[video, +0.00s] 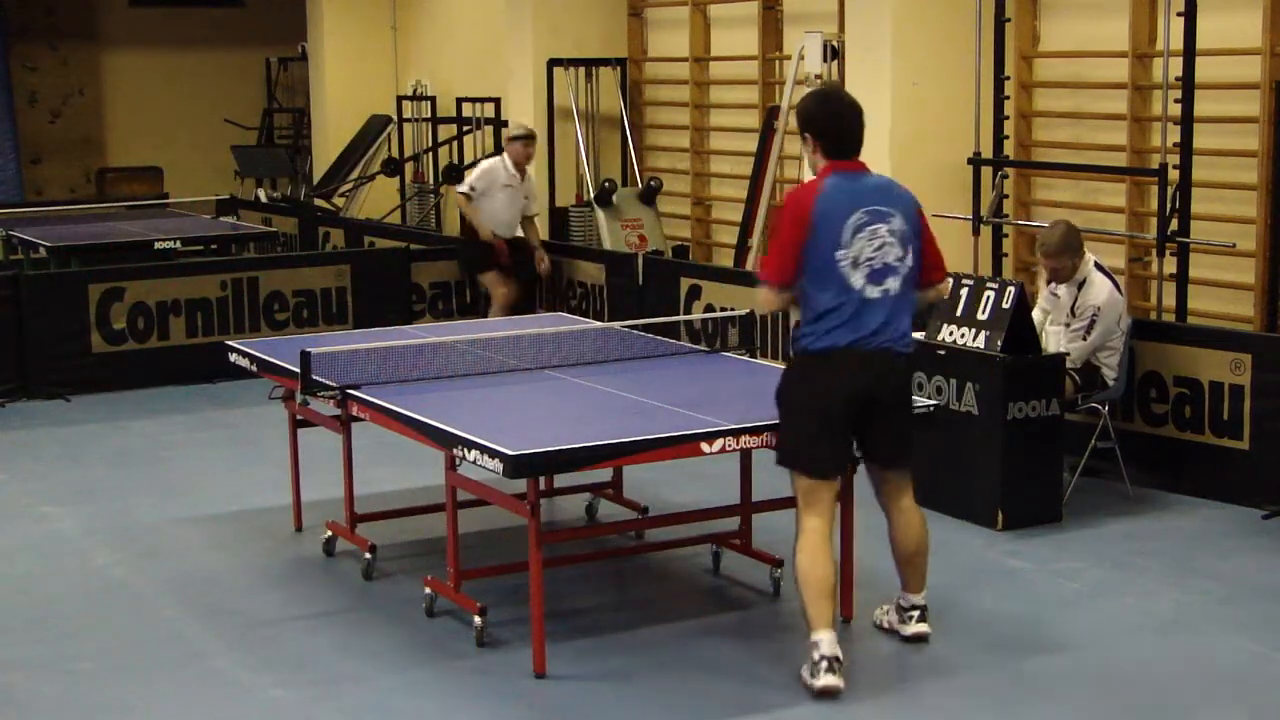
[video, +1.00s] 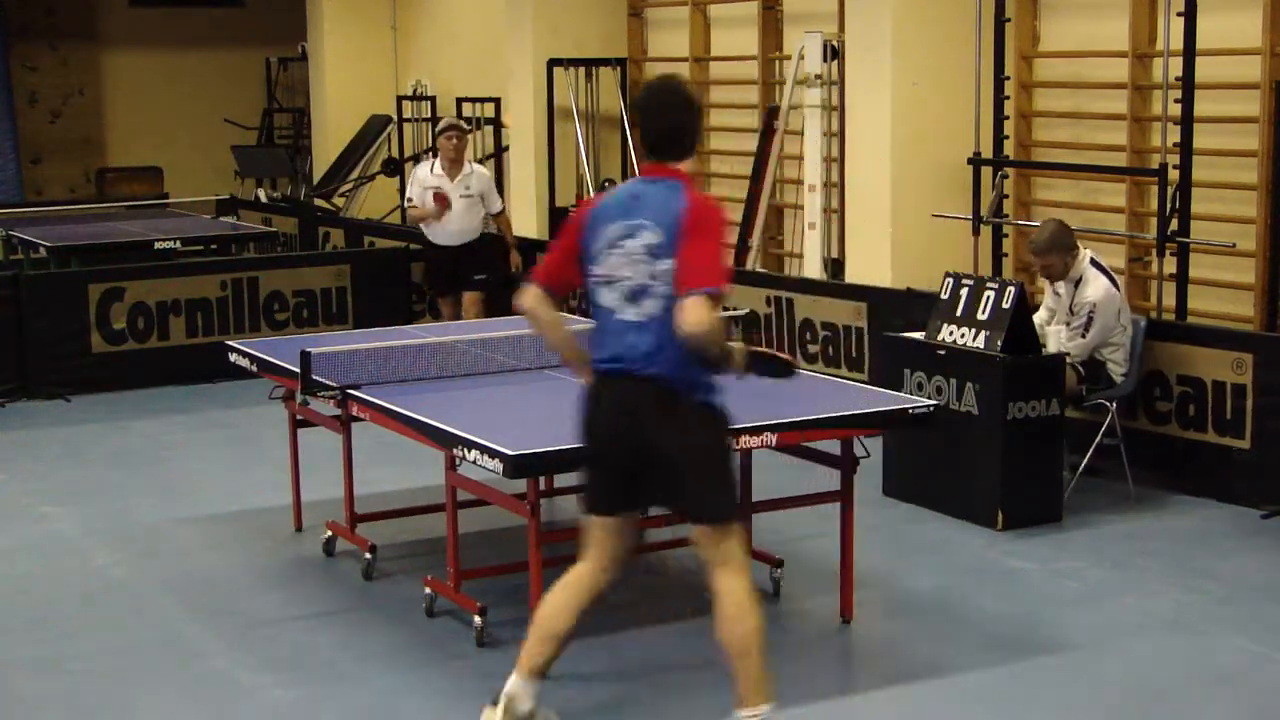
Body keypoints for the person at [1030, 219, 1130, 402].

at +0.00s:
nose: (1049, 275)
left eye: (1056, 270)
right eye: (1046, 268)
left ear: (1077, 261)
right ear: (1042, 258)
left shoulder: (1100, 296)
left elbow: (1071, 358)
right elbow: (1039, 318)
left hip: (1095, 371)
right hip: (1056, 358)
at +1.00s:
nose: (1041, 273)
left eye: (1047, 267)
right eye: (1038, 266)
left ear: (1069, 257)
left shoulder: (1097, 293)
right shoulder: (1059, 270)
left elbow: (1075, 350)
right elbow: (1045, 316)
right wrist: (1014, 336)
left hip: (1105, 368)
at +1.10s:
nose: (1035, 264)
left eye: (1039, 259)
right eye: (1035, 259)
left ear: (1063, 253)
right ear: (1062, 253)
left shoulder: (1098, 292)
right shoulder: (1060, 271)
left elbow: (1076, 351)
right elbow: (1041, 321)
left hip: (1103, 369)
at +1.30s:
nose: (1032, 248)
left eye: (1037, 242)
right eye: (1033, 241)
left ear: (1059, 248)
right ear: (1059, 248)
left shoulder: (1099, 289)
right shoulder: (1057, 267)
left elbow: (1076, 351)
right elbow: (1044, 313)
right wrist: (1016, 339)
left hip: (1100, 370)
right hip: (1065, 356)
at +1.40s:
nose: (1034, 246)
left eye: (1040, 241)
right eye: (1035, 239)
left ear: (1064, 243)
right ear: (1063, 244)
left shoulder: (1101, 287)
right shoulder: (1058, 267)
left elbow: (1076, 351)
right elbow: (1043, 316)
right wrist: (1013, 340)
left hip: (1097, 372)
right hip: (1064, 356)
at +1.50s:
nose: (1044, 246)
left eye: (1051, 238)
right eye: (1043, 238)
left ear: (1076, 238)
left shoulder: (1103, 282)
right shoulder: (1058, 268)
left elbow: (1079, 348)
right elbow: (1043, 318)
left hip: (1096, 373)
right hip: (1060, 360)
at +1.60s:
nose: (1060, 242)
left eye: (1068, 232)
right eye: (1054, 233)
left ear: (1086, 230)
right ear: (1048, 234)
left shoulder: (1108, 279)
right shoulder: (1056, 267)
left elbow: (1085, 347)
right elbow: (1042, 318)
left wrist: (1044, 370)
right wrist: (1018, 349)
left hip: (1096, 373)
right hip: (1056, 361)